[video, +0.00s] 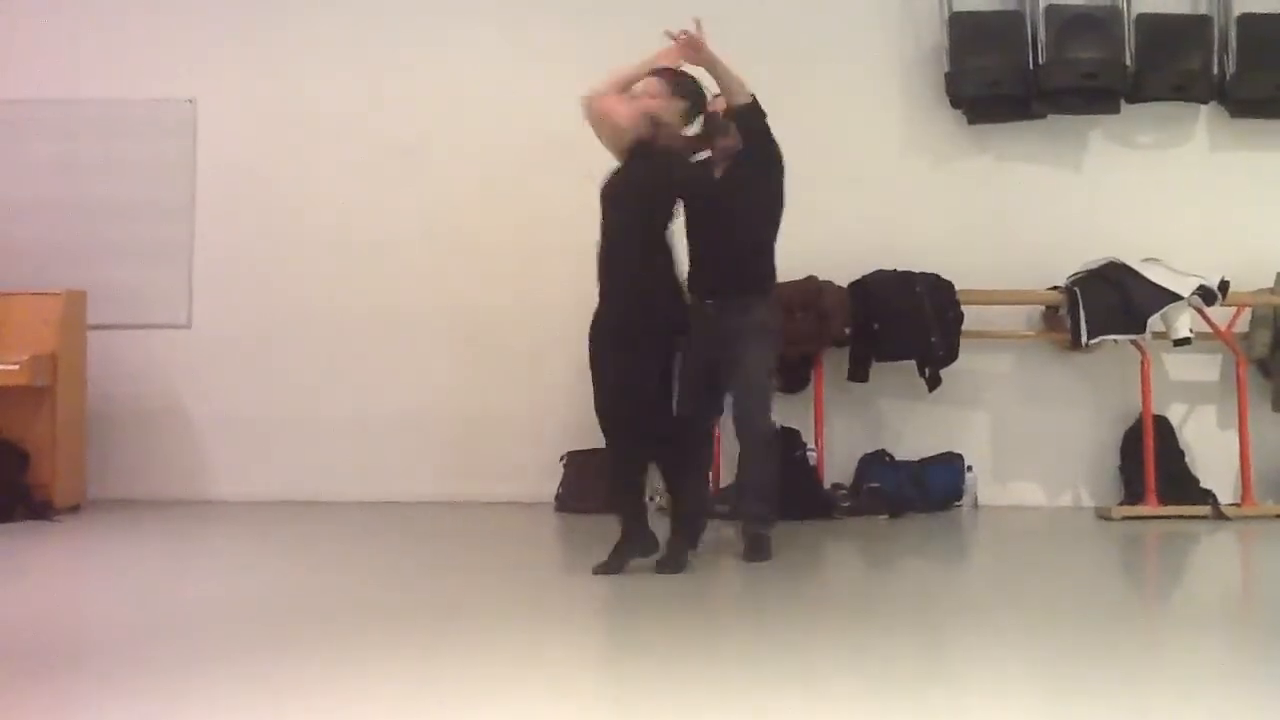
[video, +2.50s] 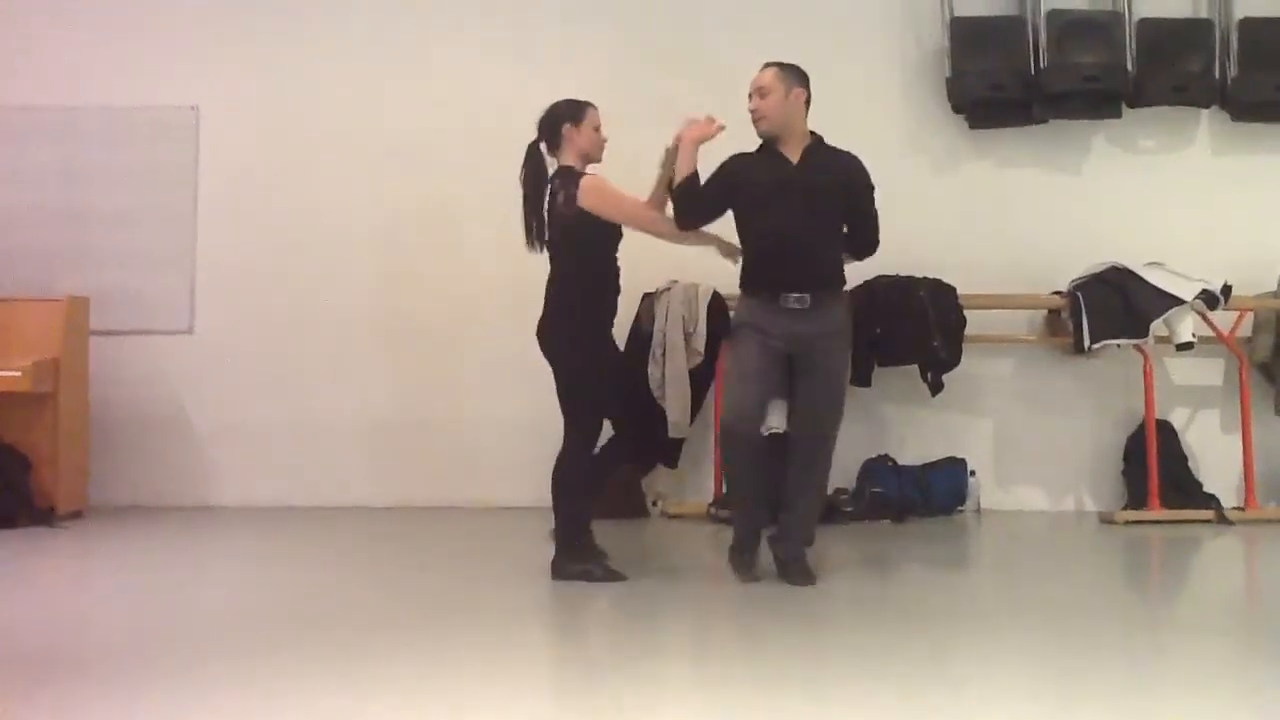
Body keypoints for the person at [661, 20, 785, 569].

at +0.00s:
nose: (715, 136)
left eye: (723, 127)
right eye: (710, 130)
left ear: (742, 128)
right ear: (705, 135)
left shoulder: (765, 164)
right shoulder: (694, 169)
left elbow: (746, 103)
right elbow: (650, 148)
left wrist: (709, 59)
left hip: (753, 310)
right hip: (703, 311)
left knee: (753, 422)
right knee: (692, 422)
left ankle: (757, 527)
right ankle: (686, 528)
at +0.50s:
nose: (726, 116)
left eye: (737, 108)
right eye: (723, 110)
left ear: (767, 114)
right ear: (724, 121)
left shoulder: (794, 162)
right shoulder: (714, 172)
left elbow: (806, 93)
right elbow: (650, 193)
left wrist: (753, 50)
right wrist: (661, 157)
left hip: (777, 313)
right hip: (721, 316)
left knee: (773, 422)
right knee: (725, 420)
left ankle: (760, 526)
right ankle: (725, 531)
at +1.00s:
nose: (710, 114)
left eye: (720, 104)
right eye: (709, 105)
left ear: (757, 106)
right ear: (718, 111)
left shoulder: (796, 154)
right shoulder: (710, 177)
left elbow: (830, 91)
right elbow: (679, 243)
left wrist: (784, 42)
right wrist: (634, 216)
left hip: (775, 313)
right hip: (716, 312)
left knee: (770, 424)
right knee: (716, 424)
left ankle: (761, 520)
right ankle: (729, 535)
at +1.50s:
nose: (737, 120)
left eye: (744, 108)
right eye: (734, 111)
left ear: (781, 106)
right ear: (747, 115)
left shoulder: (830, 154)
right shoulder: (743, 179)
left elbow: (878, 123)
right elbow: (702, 228)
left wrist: (808, 104)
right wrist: (675, 164)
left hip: (835, 315)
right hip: (774, 318)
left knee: (854, 424)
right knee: (746, 424)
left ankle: (875, 537)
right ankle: (740, 535)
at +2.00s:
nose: (741, 103)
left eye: (751, 93)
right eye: (741, 94)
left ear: (789, 96)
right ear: (756, 100)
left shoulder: (837, 161)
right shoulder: (734, 164)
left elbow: (868, 229)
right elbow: (690, 224)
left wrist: (831, 267)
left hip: (812, 313)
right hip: (748, 314)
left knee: (814, 421)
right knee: (750, 431)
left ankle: (816, 529)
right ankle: (757, 539)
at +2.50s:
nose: (752, 104)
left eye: (762, 94)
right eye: (750, 96)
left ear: (799, 99)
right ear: (754, 104)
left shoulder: (845, 168)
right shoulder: (742, 168)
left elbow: (864, 243)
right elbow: (690, 214)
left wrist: (814, 242)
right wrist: (687, 150)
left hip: (824, 320)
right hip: (759, 318)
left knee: (814, 435)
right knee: (738, 422)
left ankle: (794, 547)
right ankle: (746, 528)